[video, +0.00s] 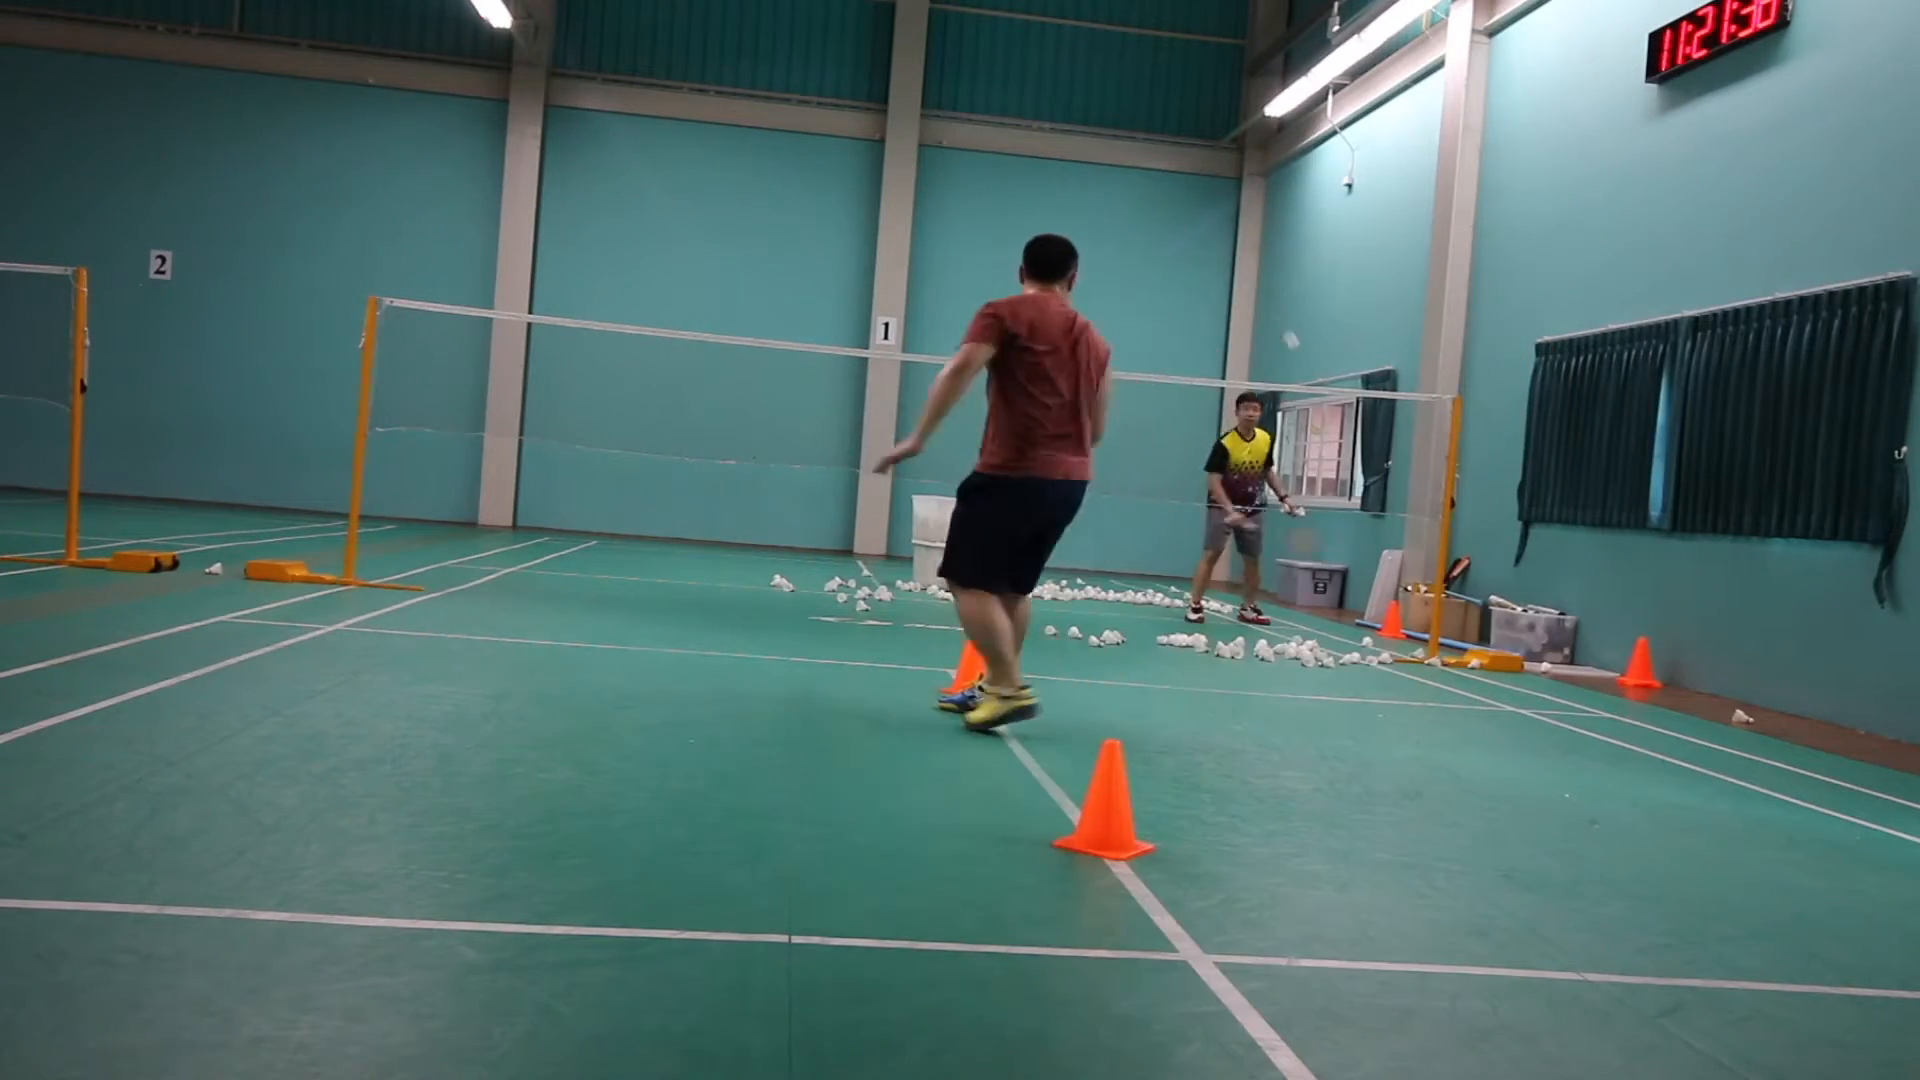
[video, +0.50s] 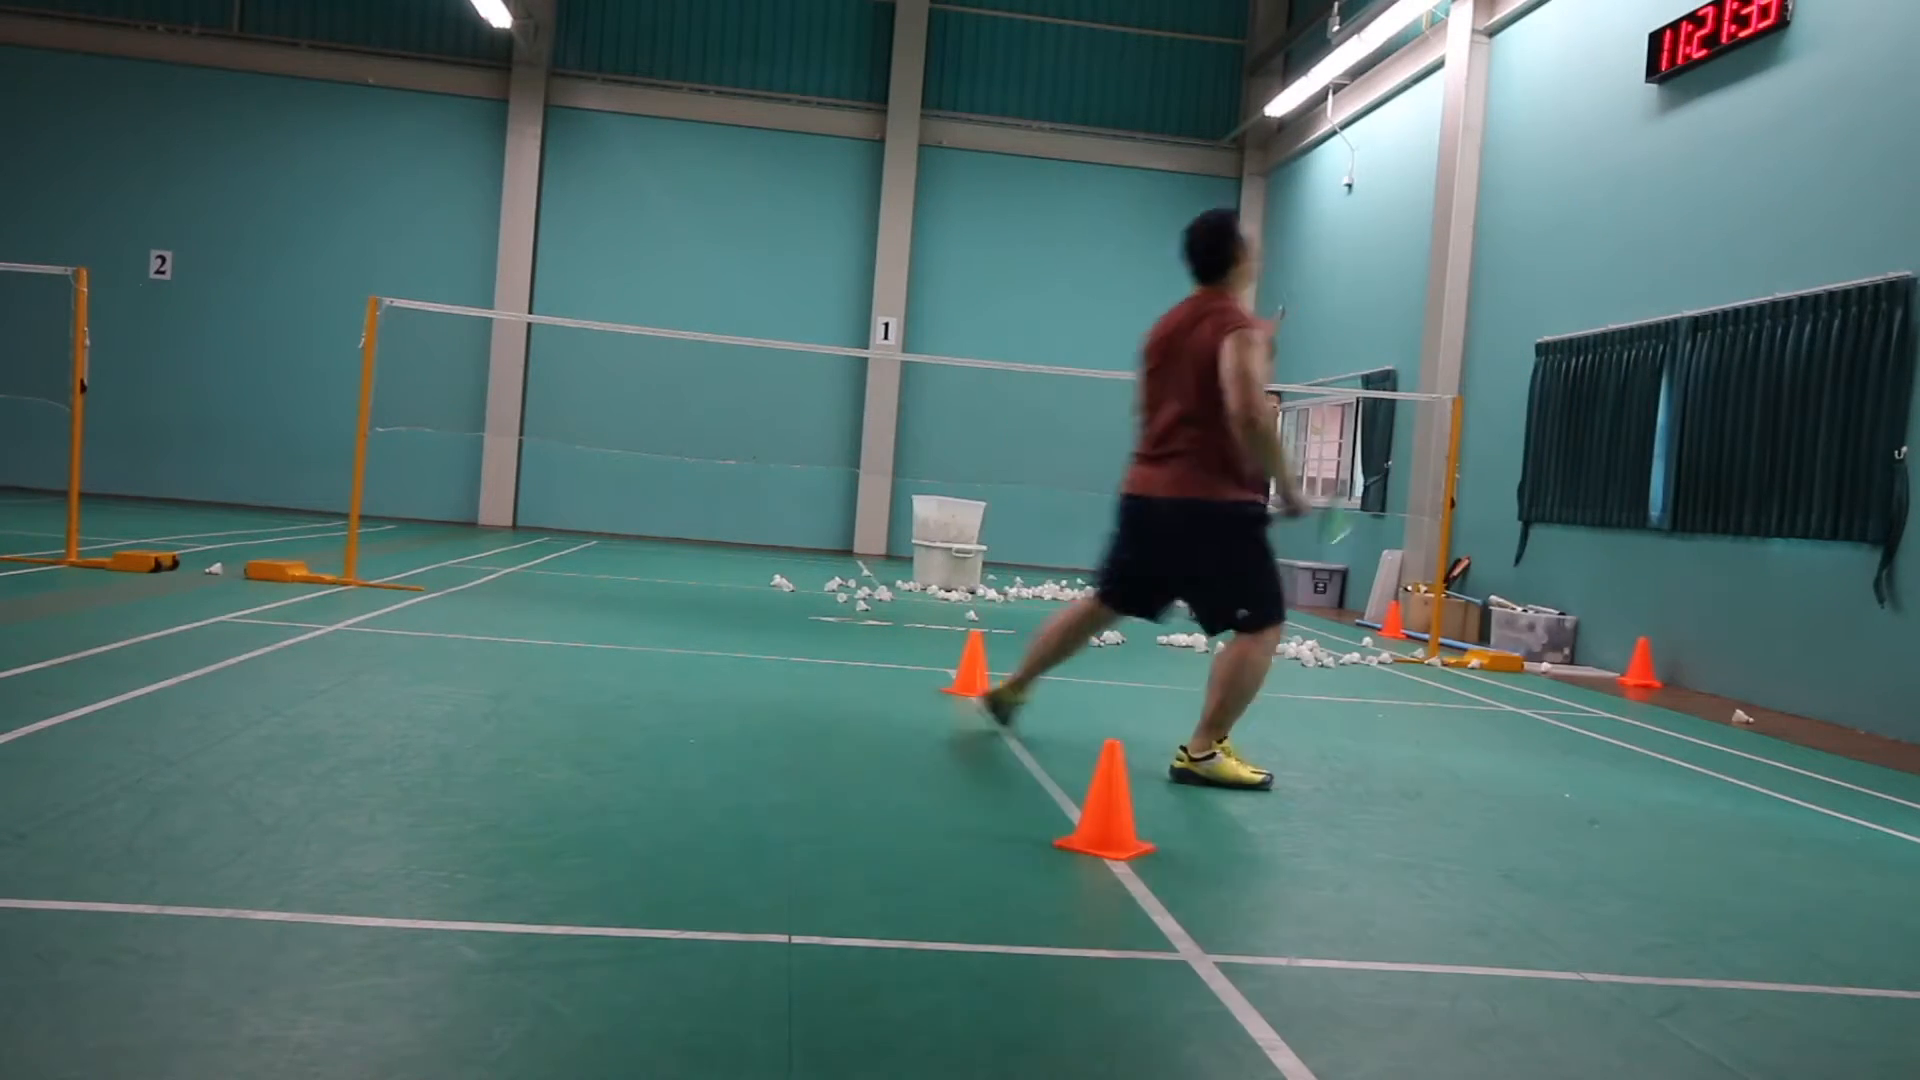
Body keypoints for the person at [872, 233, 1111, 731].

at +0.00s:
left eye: (1023, 276)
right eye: (1073, 278)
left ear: (1023, 274)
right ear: (1072, 279)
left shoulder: (1004, 313)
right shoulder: (1094, 342)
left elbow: (963, 367)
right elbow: (1096, 427)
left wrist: (919, 438)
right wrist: (1068, 454)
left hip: (1010, 474)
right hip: (1068, 480)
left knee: (967, 579)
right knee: (1016, 585)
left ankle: (1009, 687)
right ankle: (995, 688)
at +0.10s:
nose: (1082, 280)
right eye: (1083, 274)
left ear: (1029, 272)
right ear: (1079, 275)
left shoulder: (993, 322)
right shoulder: (1103, 339)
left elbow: (939, 394)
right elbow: (1132, 421)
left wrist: (909, 458)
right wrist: (1113, 475)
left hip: (997, 482)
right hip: (1065, 487)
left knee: (974, 591)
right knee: (1030, 590)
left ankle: (975, 702)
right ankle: (1003, 689)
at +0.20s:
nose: (1098, 267)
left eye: (1095, 260)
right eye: (1098, 260)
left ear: (1043, 263)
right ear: (1090, 263)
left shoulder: (1004, 317)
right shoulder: (1116, 327)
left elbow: (960, 396)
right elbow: (1143, 405)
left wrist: (951, 465)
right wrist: (1137, 473)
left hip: (1005, 479)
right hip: (1076, 486)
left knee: (985, 592)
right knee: (1051, 588)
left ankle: (978, 706)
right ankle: (1025, 690)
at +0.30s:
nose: (1135, 253)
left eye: (1132, 244)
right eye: (1133, 245)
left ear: (1079, 251)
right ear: (1126, 250)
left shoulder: (1036, 307)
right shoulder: (1142, 316)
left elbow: (1010, 389)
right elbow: (1157, 397)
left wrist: (1030, 439)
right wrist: (1155, 474)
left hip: (1029, 473)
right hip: (1103, 480)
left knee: (1001, 592)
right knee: (1116, 593)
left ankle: (977, 706)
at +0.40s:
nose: (1175, 265)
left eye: (1170, 255)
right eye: (1171, 257)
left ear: (1118, 267)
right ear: (1164, 265)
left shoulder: (1077, 326)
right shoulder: (1171, 334)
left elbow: (1056, 405)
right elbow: (1181, 415)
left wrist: (1091, 443)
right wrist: (1204, 498)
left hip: (1057, 499)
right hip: (1135, 507)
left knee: (1016, 599)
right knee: (1188, 613)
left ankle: (978, 708)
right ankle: (1197, 733)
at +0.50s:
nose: (1255, 252)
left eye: (1250, 243)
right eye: (1251, 245)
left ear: (1195, 263)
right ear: (1241, 258)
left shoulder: (1165, 328)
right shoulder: (1240, 326)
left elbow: (1157, 414)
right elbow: (1248, 411)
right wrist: (1288, 483)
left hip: (1148, 501)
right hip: (1217, 510)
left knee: (1107, 601)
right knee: (1261, 628)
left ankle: (1012, 689)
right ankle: (1204, 748)